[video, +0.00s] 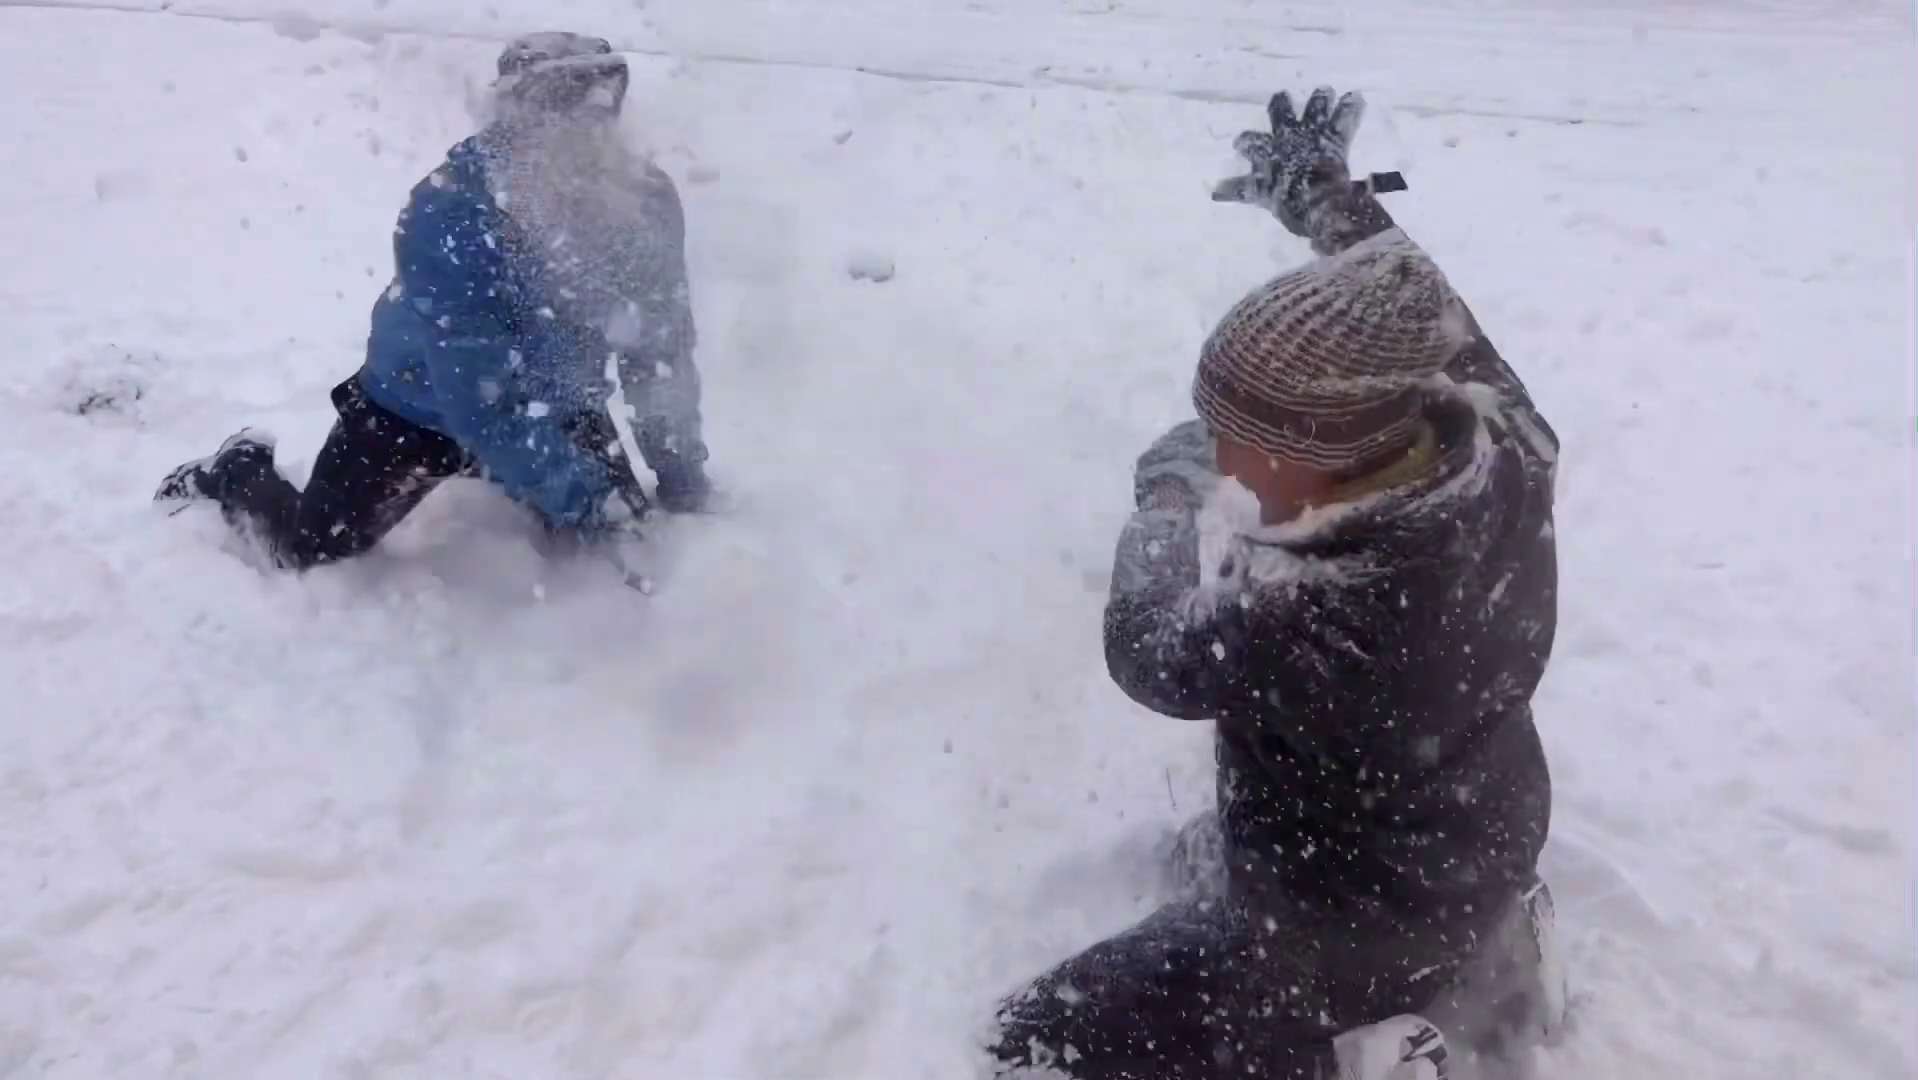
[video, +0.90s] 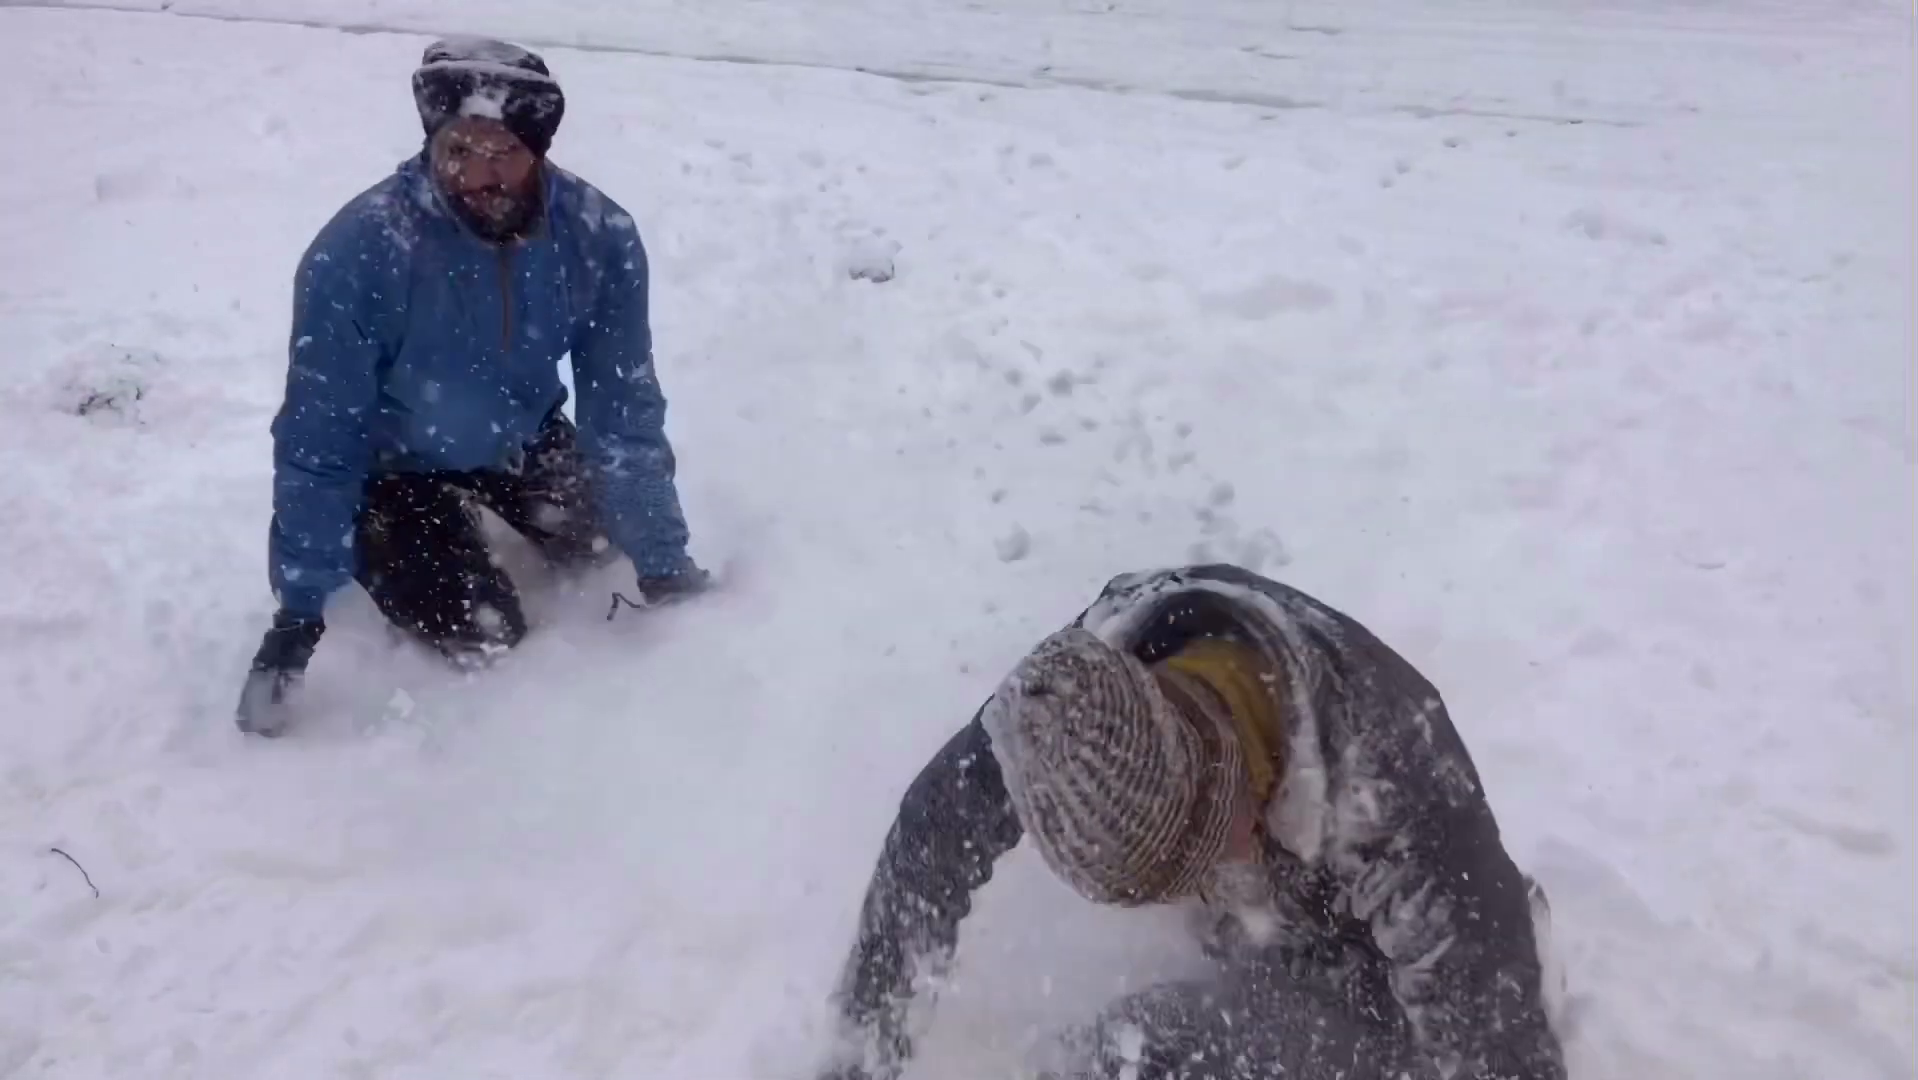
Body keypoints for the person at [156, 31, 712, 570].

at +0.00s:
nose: (584, 151)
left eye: (597, 130)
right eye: (564, 131)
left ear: (614, 127)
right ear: (520, 129)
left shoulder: (643, 204)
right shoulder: (452, 206)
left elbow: (661, 351)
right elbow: (479, 384)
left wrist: (682, 480)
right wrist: (591, 503)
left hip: (556, 406)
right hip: (423, 402)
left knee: (612, 533)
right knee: (311, 545)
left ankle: (526, 471)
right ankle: (236, 475)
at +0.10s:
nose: (607, 157)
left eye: (618, 134)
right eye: (589, 139)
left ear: (631, 122)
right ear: (541, 127)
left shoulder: (653, 192)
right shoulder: (454, 192)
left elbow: (662, 348)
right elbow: (469, 376)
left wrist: (683, 491)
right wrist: (546, 513)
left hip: (562, 397)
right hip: (431, 397)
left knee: (599, 524)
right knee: (345, 567)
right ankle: (276, 474)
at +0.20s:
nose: (619, 172)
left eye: (632, 152)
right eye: (602, 154)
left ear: (643, 139)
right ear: (553, 138)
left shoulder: (657, 189)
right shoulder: (451, 191)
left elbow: (668, 348)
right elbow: (436, 385)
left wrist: (686, 476)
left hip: (559, 412)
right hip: (438, 405)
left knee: (620, 551)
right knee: (393, 570)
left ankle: (521, 463)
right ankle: (322, 477)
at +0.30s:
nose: (596, 197)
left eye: (616, 181)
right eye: (581, 177)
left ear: (637, 161)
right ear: (541, 149)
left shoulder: (652, 186)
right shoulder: (442, 206)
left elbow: (667, 332)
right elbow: (396, 389)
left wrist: (693, 464)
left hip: (567, 411)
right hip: (452, 411)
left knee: (615, 542)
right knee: (458, 569)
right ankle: (353, 488)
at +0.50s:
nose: (574, 179)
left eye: (591, 157)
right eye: (552, 161)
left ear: (609, 139)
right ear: (506, 144)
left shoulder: (624, 177)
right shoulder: (435, 228)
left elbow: (661, 329)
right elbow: (404, 433)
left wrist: (719, 452)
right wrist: (388, 613)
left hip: (567, 421)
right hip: (454, 440)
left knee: (620, 549)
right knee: (493, 626)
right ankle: (370, 520)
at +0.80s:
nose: (498, 175)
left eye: (519, 152)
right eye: (475, 153)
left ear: (550, 146)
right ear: (437, 149)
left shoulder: (598, 231)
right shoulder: (367, 254)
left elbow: (632, 399)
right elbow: (348, 448)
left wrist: (673, 535)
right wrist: (386, 602)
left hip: (530, 437)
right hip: (410, 458)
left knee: (630, 559)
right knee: (487, 625)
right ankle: (343, 555)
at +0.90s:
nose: (481, 177)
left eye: (502, 151)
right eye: (458, 152)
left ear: (541, 148)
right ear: (430, 148)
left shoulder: (598, 239)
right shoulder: (359, 255)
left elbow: (625, 415)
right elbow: (317, 445)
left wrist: (666, 567)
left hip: (517, 434)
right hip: (395, 461)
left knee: (603, 537)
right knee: (488, 633)